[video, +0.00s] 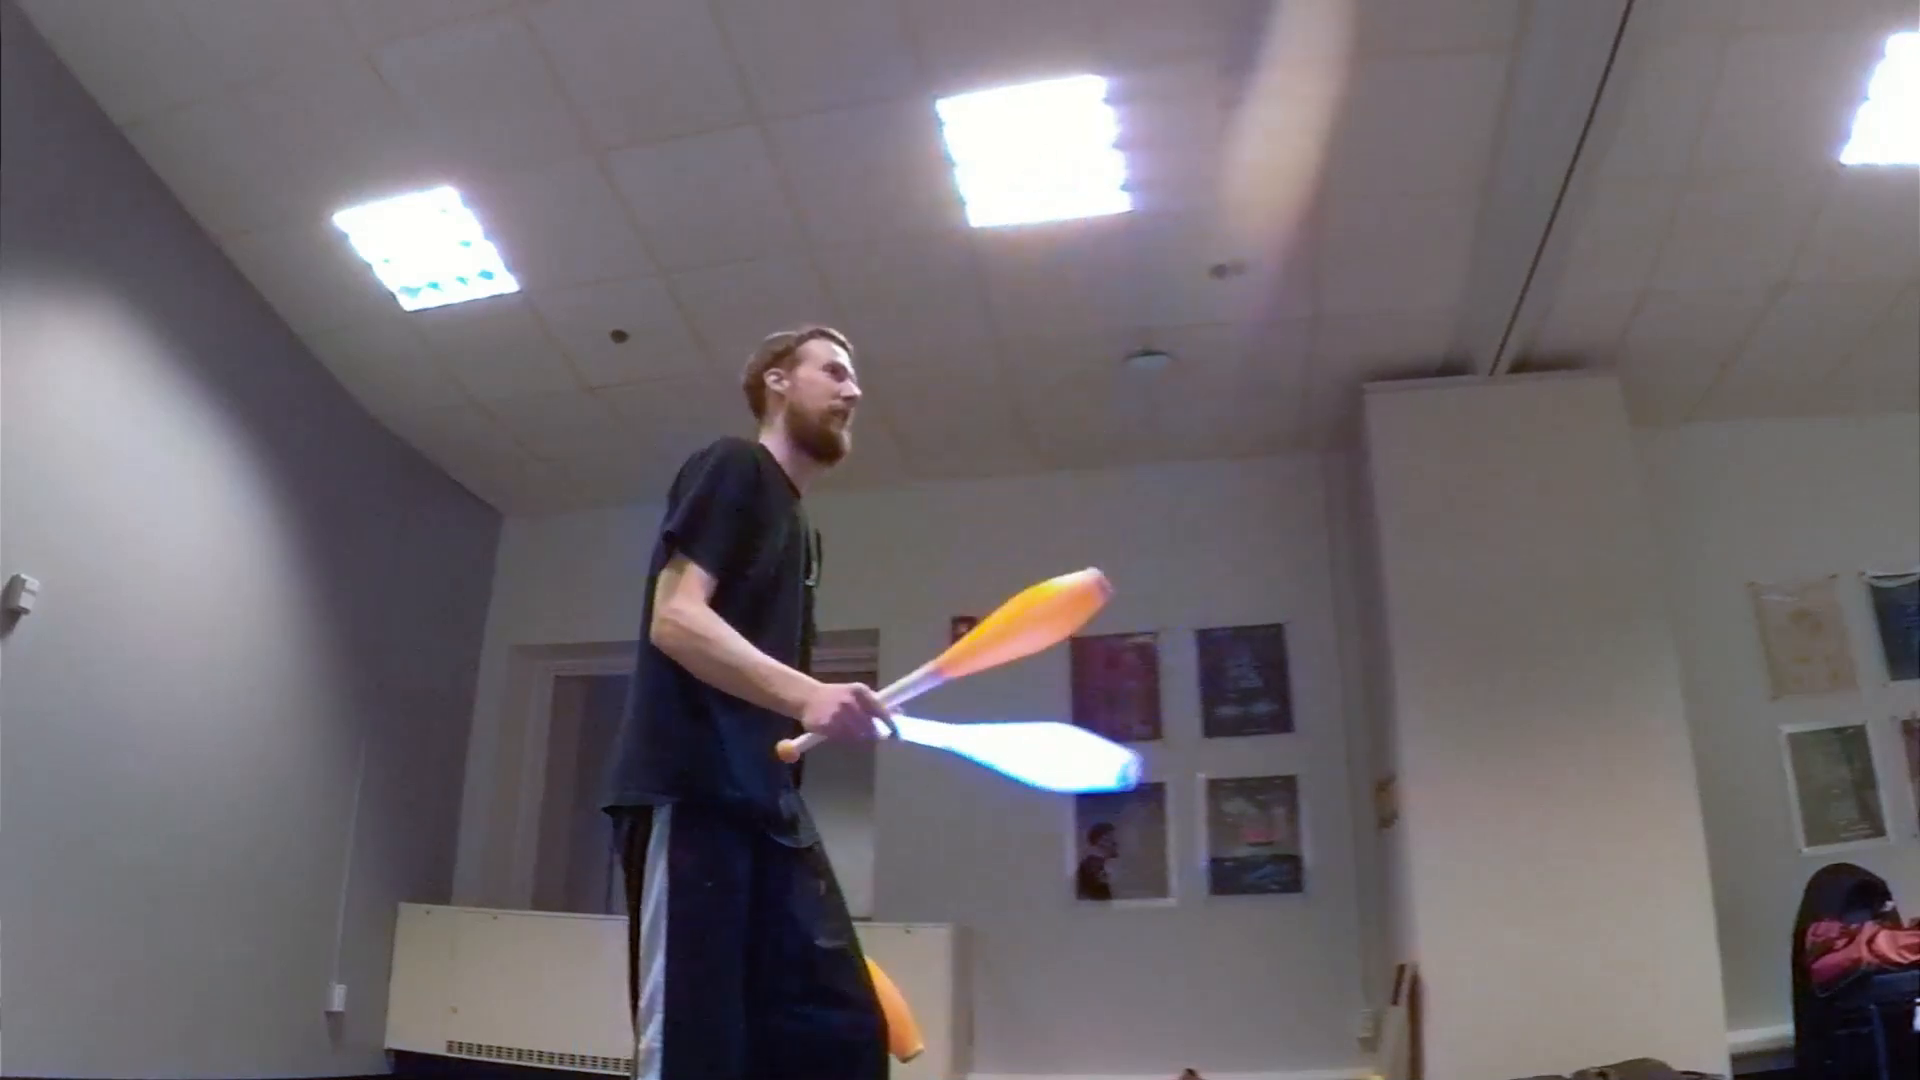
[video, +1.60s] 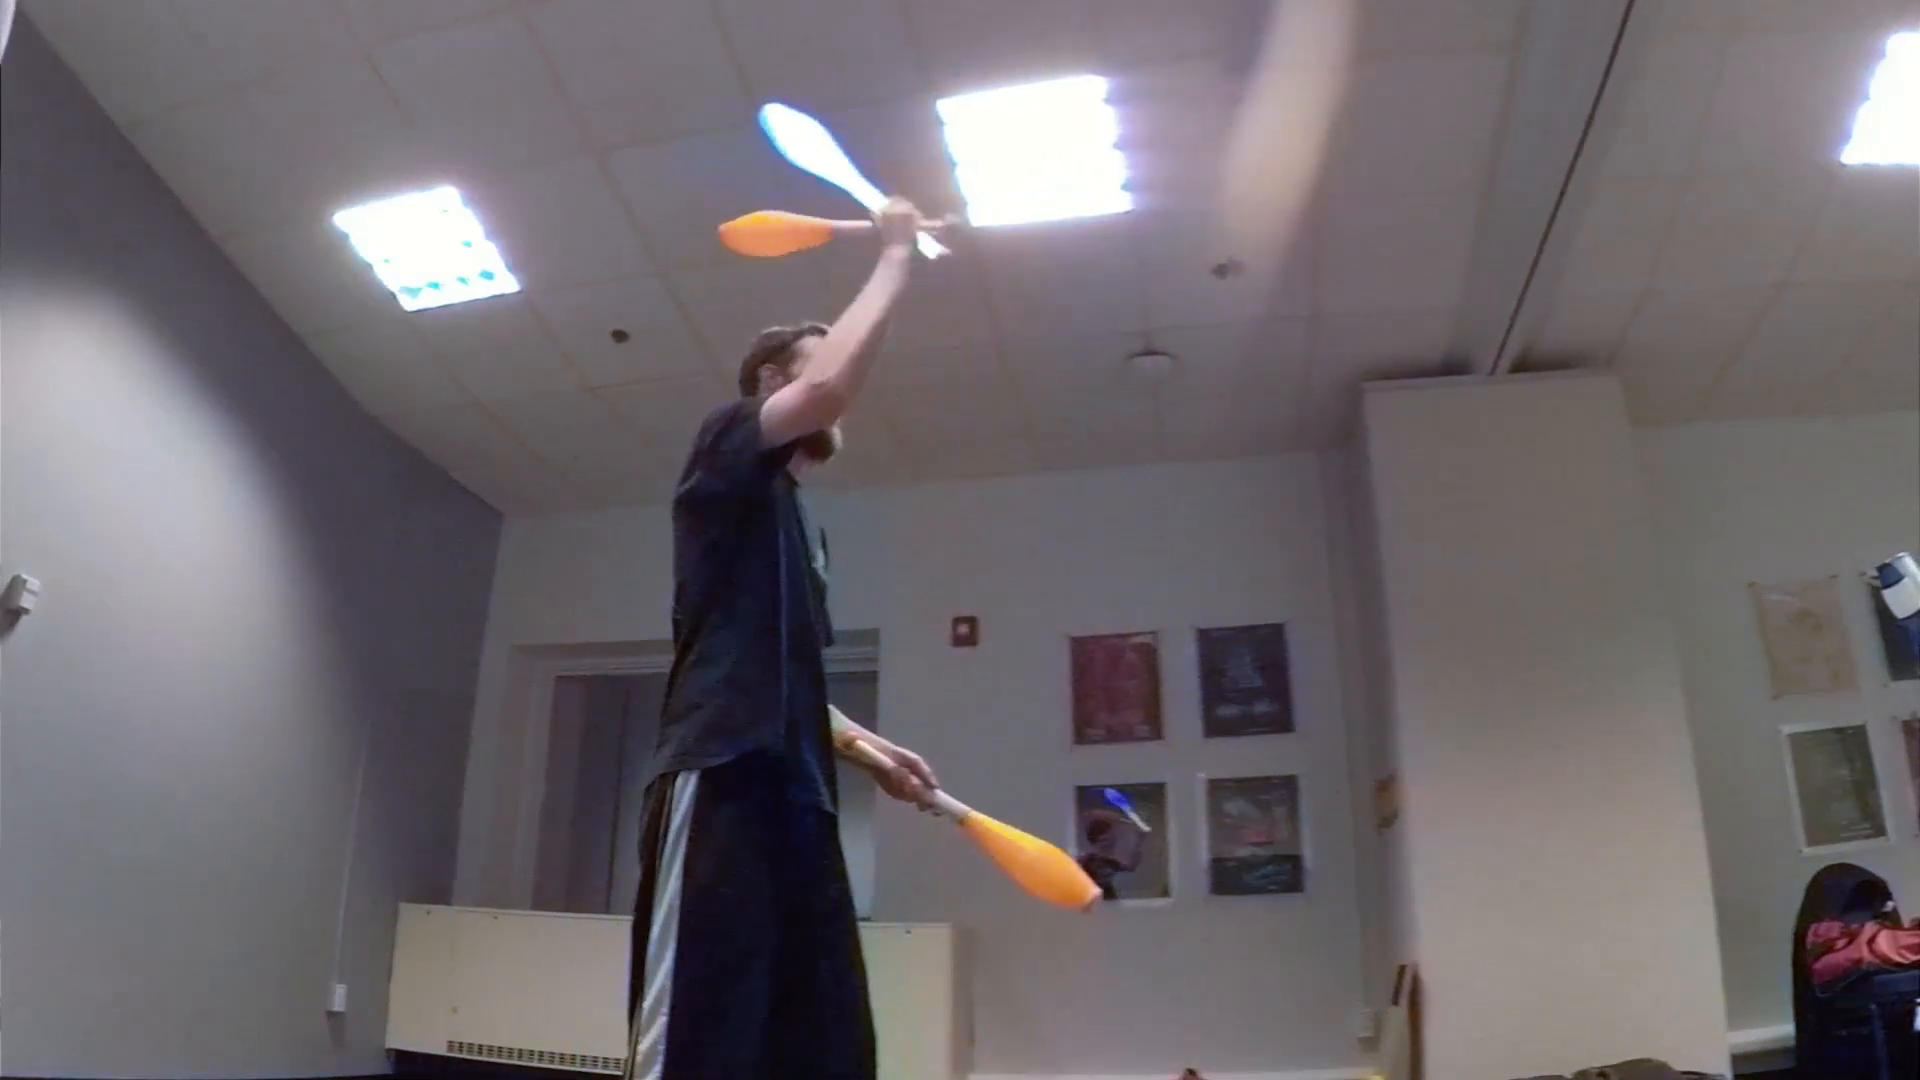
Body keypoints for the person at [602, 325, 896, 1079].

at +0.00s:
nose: (852, 390)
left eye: (854, 380)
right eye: (834, 370)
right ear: (775, 381)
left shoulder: (799, 527)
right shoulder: (735, 465)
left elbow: (766, 676)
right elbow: (675, 617)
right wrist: (805, 695)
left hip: (769, 803)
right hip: (692, 798)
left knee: (839, 1025)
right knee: (691, 1037)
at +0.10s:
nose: (873, 393)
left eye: (874, 382)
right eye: (854, 373)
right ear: (797, 383)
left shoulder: (821, 532)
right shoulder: (750, 465)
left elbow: (776, 660)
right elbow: (701, 612)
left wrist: (842, 678)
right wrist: (852, 649)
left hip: (778, 804)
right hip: (699, 798)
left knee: (841, 1031)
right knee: (694, 1036)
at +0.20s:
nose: (893, 397)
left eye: (894, 387)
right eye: (874, 378)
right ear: (816, 390)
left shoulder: (838, 538)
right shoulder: (772, 466)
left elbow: (803, 701)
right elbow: (745, 597)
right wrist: (911, 576)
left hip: (798, 818)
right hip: (722, 809)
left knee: (839, 1040)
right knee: (703, 1043)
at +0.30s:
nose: (913, 403)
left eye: (914, 393)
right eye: (895, 384)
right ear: (838, 395)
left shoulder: (854, 530)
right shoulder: (791, 460)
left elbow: (845, 697)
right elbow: (803, 561)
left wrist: (847, 838)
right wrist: (958, 480)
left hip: (817, 810)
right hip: (740, 800)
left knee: (847, 1042)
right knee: (721, 1037)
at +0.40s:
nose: (923, 401)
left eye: (925, 392)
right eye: (906, 384)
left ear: (913, 414)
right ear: (851, 393)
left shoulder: (869, 547)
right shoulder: (798, 458)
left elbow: (853, 700)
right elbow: (862, 495)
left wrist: (868, 836)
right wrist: (984, 383)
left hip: (834, 803)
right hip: (758, 792)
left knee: (854, 1033)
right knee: (735, 1023)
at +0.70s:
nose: (917, 407)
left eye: (916, 395)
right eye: (900, 386)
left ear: (899, 411)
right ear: (843, 385)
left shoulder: (863, 535)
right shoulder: (801, 461)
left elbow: (860, 692)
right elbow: (900, 367)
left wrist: (904, 808)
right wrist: (944, 243)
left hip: (849, 797)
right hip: (776, 782)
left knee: (861, 1035)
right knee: (735, 1024)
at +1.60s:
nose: (833, 387)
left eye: (836, 373)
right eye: (817, 371)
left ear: (797, 387)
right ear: (773, 379)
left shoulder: (787, 512)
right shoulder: (728, 444)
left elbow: (774, 677)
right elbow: (822, 391)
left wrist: (870, 749)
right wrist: (895, 256)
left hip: (794, 790)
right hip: (724, 777)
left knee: (821, 1026)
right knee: (701, 1021)